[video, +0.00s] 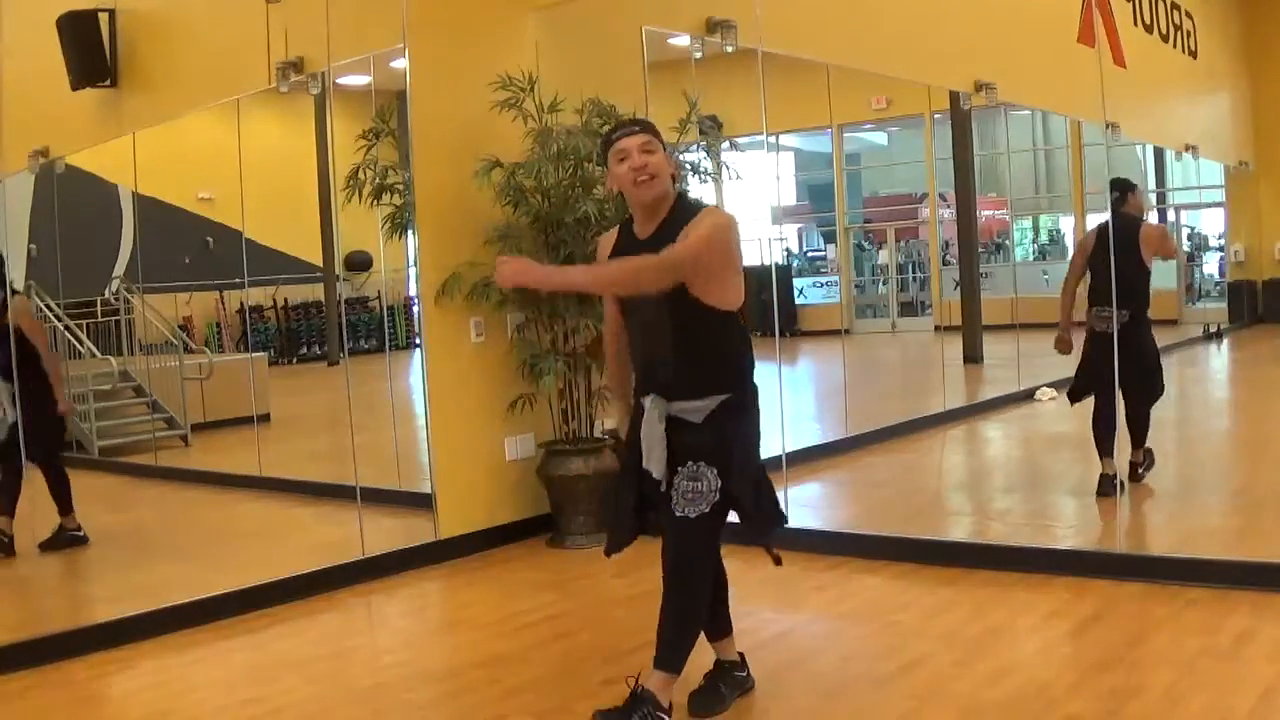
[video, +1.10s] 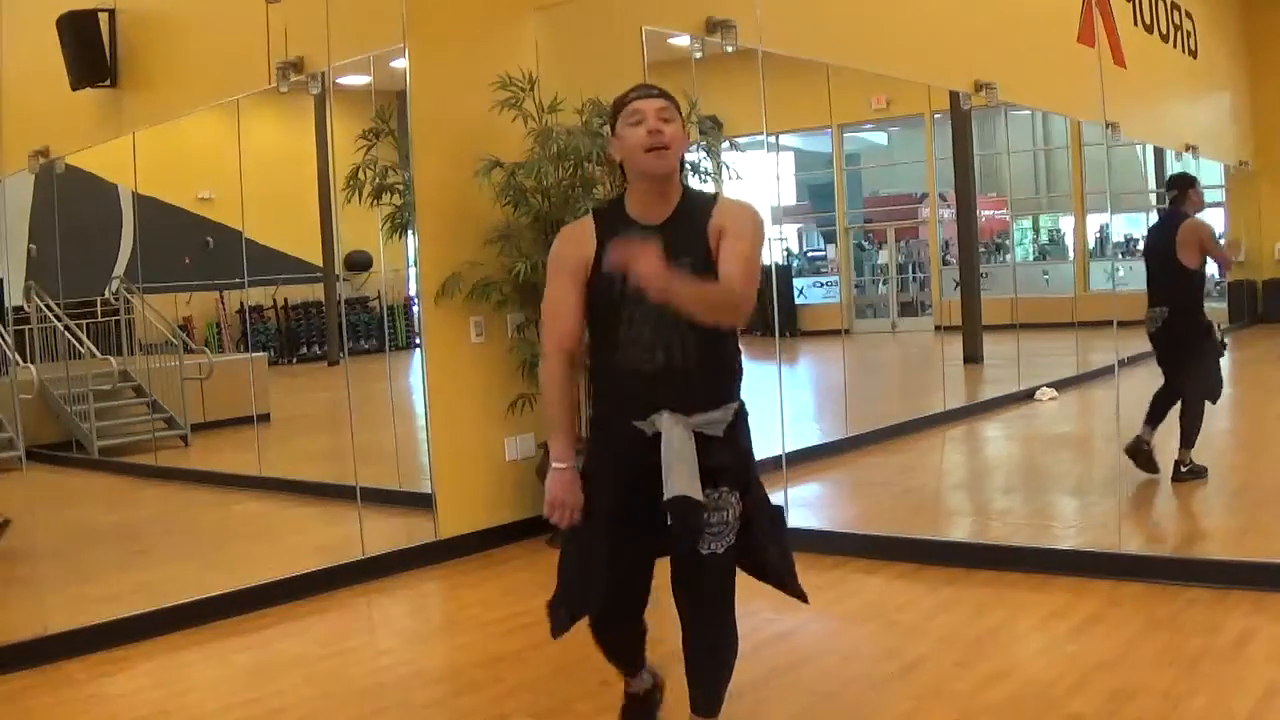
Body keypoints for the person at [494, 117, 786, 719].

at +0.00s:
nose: (638, 161)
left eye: (648, 150)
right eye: (623, 158)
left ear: (672, 163)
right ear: (613, 182)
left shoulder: (712, 226)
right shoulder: (612, 248)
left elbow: (657, 273)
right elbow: (615, 338)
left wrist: (543, 275)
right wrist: (626, 410)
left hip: (717, 410)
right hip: (658, 412)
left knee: (685, 551)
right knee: (691, 544)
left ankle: (655, 697)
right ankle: (731, 663)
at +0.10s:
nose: (632, 164)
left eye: (642, 152)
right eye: (617, 161)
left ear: (666, 164)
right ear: (609, 186)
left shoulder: (707, 227)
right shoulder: (619, 249)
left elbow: (646, 286)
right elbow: (626, 337)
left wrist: (546, 321)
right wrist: (636, 413)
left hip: (721, 409)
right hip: (666, 410)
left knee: (686, 543)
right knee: (690, 538)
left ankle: (658, 695)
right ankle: (731, 663)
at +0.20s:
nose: (622, 166)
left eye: (632, 153)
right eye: (609, 163)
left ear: (661, 165)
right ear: (603, 186)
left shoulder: (698, 228)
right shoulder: (623, 248)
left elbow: (659, 325)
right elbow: (647, 330)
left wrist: (590, 404)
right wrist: (638, 391)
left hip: (719, 408)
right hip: (663, 408)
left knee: (686, 544)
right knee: (690, 534)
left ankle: (660, 692)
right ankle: (730, 662)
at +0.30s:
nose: (607, 167)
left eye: (620, 155)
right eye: (597, 163)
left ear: (653, 164)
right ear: (597, 185)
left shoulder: (690, 232)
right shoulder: (629, 247)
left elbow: (703, 350)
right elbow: (650, 343)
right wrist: (648, 417)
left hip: (712, 412)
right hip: (668, 410)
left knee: (676, 541)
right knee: (689, 536)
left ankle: (664, 693)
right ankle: (729, 661)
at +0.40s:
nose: (601, 165)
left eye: (614, 152)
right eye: (592, 160)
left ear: (649, 164)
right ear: (592, 183)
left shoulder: (685, 229)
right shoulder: (624, 246)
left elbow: (740, 325)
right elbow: (653, 337)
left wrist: (761, 423)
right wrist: (648, 412)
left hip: (708, 409)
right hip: (664, 410)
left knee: (669, 536)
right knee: (692, 535)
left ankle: (681, 690)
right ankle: (727, 661)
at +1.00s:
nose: (646, 133)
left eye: (658, 124)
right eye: (629, 129)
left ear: (681, 147)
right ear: (611, 159)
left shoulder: (731, 232)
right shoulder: (581, 250)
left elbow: (750, 334)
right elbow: (565, 362)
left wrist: (670, 390)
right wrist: (566, 465)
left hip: (714, 439)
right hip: (628, 442)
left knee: (707, 599)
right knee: (625, 589)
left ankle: (698, 707)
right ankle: (670, 641)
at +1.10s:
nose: (654, 128)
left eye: (666, 119)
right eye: (637, 123)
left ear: (687, 140)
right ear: (615, 149)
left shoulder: (732, 220)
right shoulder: (579, 240)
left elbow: (735, 307)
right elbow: (559, 353)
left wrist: (666, 284)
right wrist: (562, 461)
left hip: (710, 434)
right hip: (620, 439)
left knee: (707, 601)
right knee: (610, 609)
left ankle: (707, 712)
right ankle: (640, 683)